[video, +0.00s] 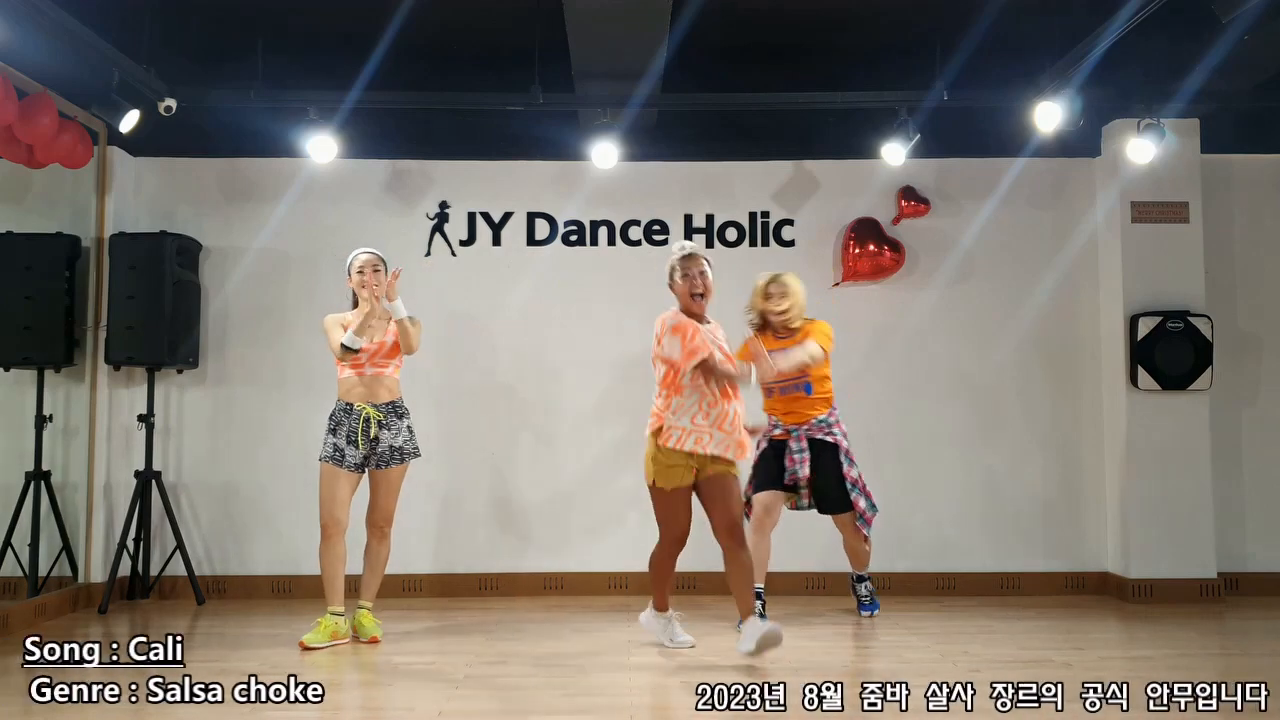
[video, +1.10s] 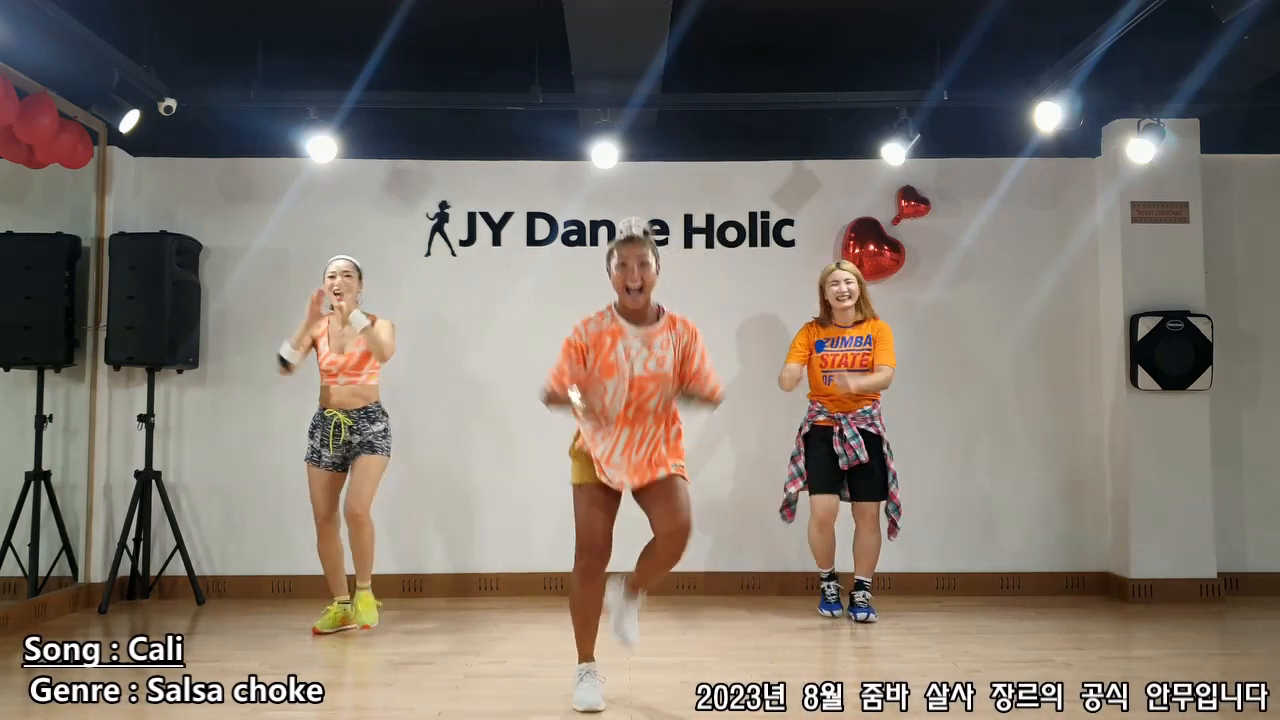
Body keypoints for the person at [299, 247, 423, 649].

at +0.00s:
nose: (369, 276)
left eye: (376, 270)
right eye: (361, 271)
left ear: (386, 279)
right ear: (350, 281)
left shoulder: (401, 320)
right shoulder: (335, 320)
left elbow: (410, 346)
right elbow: (343, 350)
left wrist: (395, 301)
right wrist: (364, 316)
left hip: (392, 423)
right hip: (346, 422)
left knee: (380, 526)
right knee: (332, 525)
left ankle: (364, 612)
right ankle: (335, 617)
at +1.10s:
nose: (338, 281)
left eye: (347, 275)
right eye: (332, 275)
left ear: (361, 286)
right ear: (324, 287)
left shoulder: (377, 324)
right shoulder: (318, 325)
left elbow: (383, 354)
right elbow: (286, 364)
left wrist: (357, 321)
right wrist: (309, 320)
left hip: (370, 425)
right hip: (327, 426)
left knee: (356, 510)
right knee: (324, 517)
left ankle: (364, 593)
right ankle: (340, 602)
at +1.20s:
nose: (333, 277)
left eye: (340, 271)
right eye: (327, 272)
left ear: (355, 281)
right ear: (321, 283)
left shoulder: (370, 321)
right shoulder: (315, 322)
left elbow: (388, 333)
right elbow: (268, 345)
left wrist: (353, 302)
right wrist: (297, 304)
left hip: (368, 422)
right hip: (326, 423)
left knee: (348, 509)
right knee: (327, 518)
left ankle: (363, 586)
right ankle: (341, 602)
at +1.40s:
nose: (318, 286)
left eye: (325, 279)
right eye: (312, 280)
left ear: (343, 287)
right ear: (309, 290)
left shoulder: (362, 321)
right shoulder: (310, 327)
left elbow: (395, 310)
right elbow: (256, 335)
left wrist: (359, 293)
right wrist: (270, 311)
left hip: (371, 427)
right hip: (331, 429)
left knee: (343, 516)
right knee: (325, 520)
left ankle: (364, 595)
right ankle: (341, 604)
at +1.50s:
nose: (312, 296)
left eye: (321, 288)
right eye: (307, 290)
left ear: (338, 295)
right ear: (302, 299)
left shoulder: (360, 331)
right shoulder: (309, 341)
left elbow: (407, 332)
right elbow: (267, 363)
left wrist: (367, 334)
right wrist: (270, 349)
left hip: (373, 434)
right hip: (333, 437)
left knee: (352, 520)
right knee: (323, 523)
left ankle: (367, 594)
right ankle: (341, 604)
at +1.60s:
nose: (306, 294)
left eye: (315, 287)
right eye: (302, 289)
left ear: (336, 291)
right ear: (301, 297)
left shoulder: (359, 326)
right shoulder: (309, 339)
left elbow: (400, 322)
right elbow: (273, 354)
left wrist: (372, 328)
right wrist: (271, 367)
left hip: (371, 429)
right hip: (332, 435)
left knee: (382, 515)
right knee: (323, 522)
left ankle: (396, 582)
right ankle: (342, 604)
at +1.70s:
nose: (306, 288)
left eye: (313, 282)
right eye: (306, 283)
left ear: (336, 285)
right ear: (311, 289)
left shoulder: (355, 317)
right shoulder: (311, 325)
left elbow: (372, 276)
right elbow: (269, 314)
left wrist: (329, 258)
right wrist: (259, 284)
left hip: (375, 418)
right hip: (338, 426)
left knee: (408, 505)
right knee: (332, 518)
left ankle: (440, 581)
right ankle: (343, 603)